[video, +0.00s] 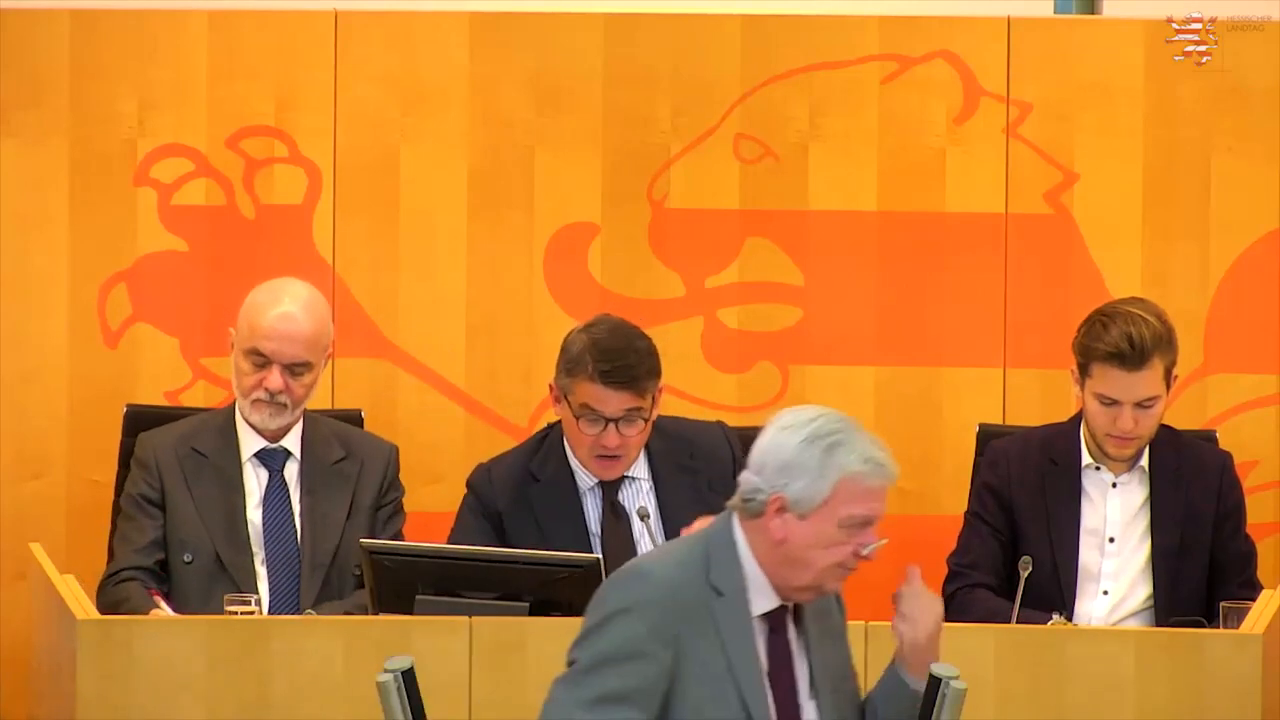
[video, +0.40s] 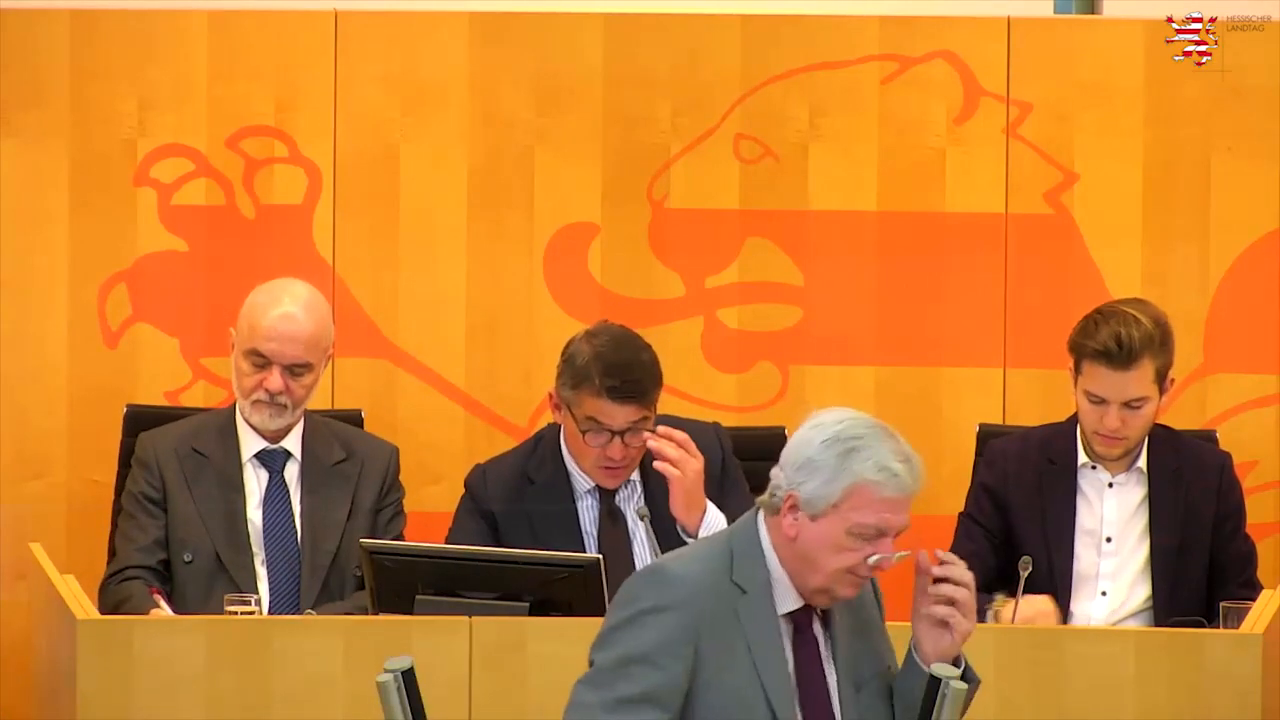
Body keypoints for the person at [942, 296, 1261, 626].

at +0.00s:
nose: (1125, 423)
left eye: (1145, 404)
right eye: (1108, 401)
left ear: (1170, 389)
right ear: (1078, 381)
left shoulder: (1209, 472)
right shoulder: (1010, 463)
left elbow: (1241, 608)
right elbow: (964, 597)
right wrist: (1053, 632)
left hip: (1165, 677)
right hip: (1041, 673)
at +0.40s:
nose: (1112, 423)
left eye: (1134, 404)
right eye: (1095, 400)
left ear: (1165, 392)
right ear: (1074, 380)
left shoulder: (1207, 472)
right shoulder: (1009, 462)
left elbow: (1240, 609)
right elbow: (955, 602)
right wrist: (1008, 611)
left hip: (1163, 678)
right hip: (1037, 673)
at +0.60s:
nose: (1105, 422)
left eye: (1127, 405)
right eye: (1091, 399)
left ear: (1160, 394)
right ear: (1071, 379)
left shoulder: (1204, 472)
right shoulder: (1006, 461)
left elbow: (1247, 607)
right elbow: (938, 583)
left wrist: (1188, 620)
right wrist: (960, 616)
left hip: (1157, 675)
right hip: (1032, 668)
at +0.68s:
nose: (1103, 422)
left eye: (1126, 405)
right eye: (1089, 399)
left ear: (1159, 394)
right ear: (1070, 378)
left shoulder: (1203, 473)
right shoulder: (1005, 460)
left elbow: (1243, 606)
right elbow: (934, 588)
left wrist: (1172, 621)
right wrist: (963, 620)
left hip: (1157, 678)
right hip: (1030, 670)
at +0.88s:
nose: (1098, 422)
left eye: (1122, 405)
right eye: (1084, 398)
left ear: (1154, 394)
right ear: (1065, 377)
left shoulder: (1199, 473)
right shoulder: (1002, 460)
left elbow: (1226, 606)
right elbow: (938, 592)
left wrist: (1116, 633)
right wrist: (959, 612)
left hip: (1147, 674)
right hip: (1023, 665)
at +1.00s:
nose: (1094, 422)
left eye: (1117, 405)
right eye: (1081, 398)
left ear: (1152, 395)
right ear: (1063, 377)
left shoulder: (1197, 473)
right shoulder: (1001, 461)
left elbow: (1226, 602)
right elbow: (943, 579)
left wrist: (1130, 641)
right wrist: (944, 614)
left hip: (1146, 673)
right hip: (1023, 664)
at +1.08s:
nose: (1092, 422)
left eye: (1115, 406)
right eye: (1079, 399)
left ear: (1150, 397)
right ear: (1062, 380)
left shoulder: (1196, 472)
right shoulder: (1001, 461)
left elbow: (1230, 603)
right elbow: (945, 580)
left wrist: (1135, 643)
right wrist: (942, 610)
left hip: (1147, 676)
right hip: (1023, 666)